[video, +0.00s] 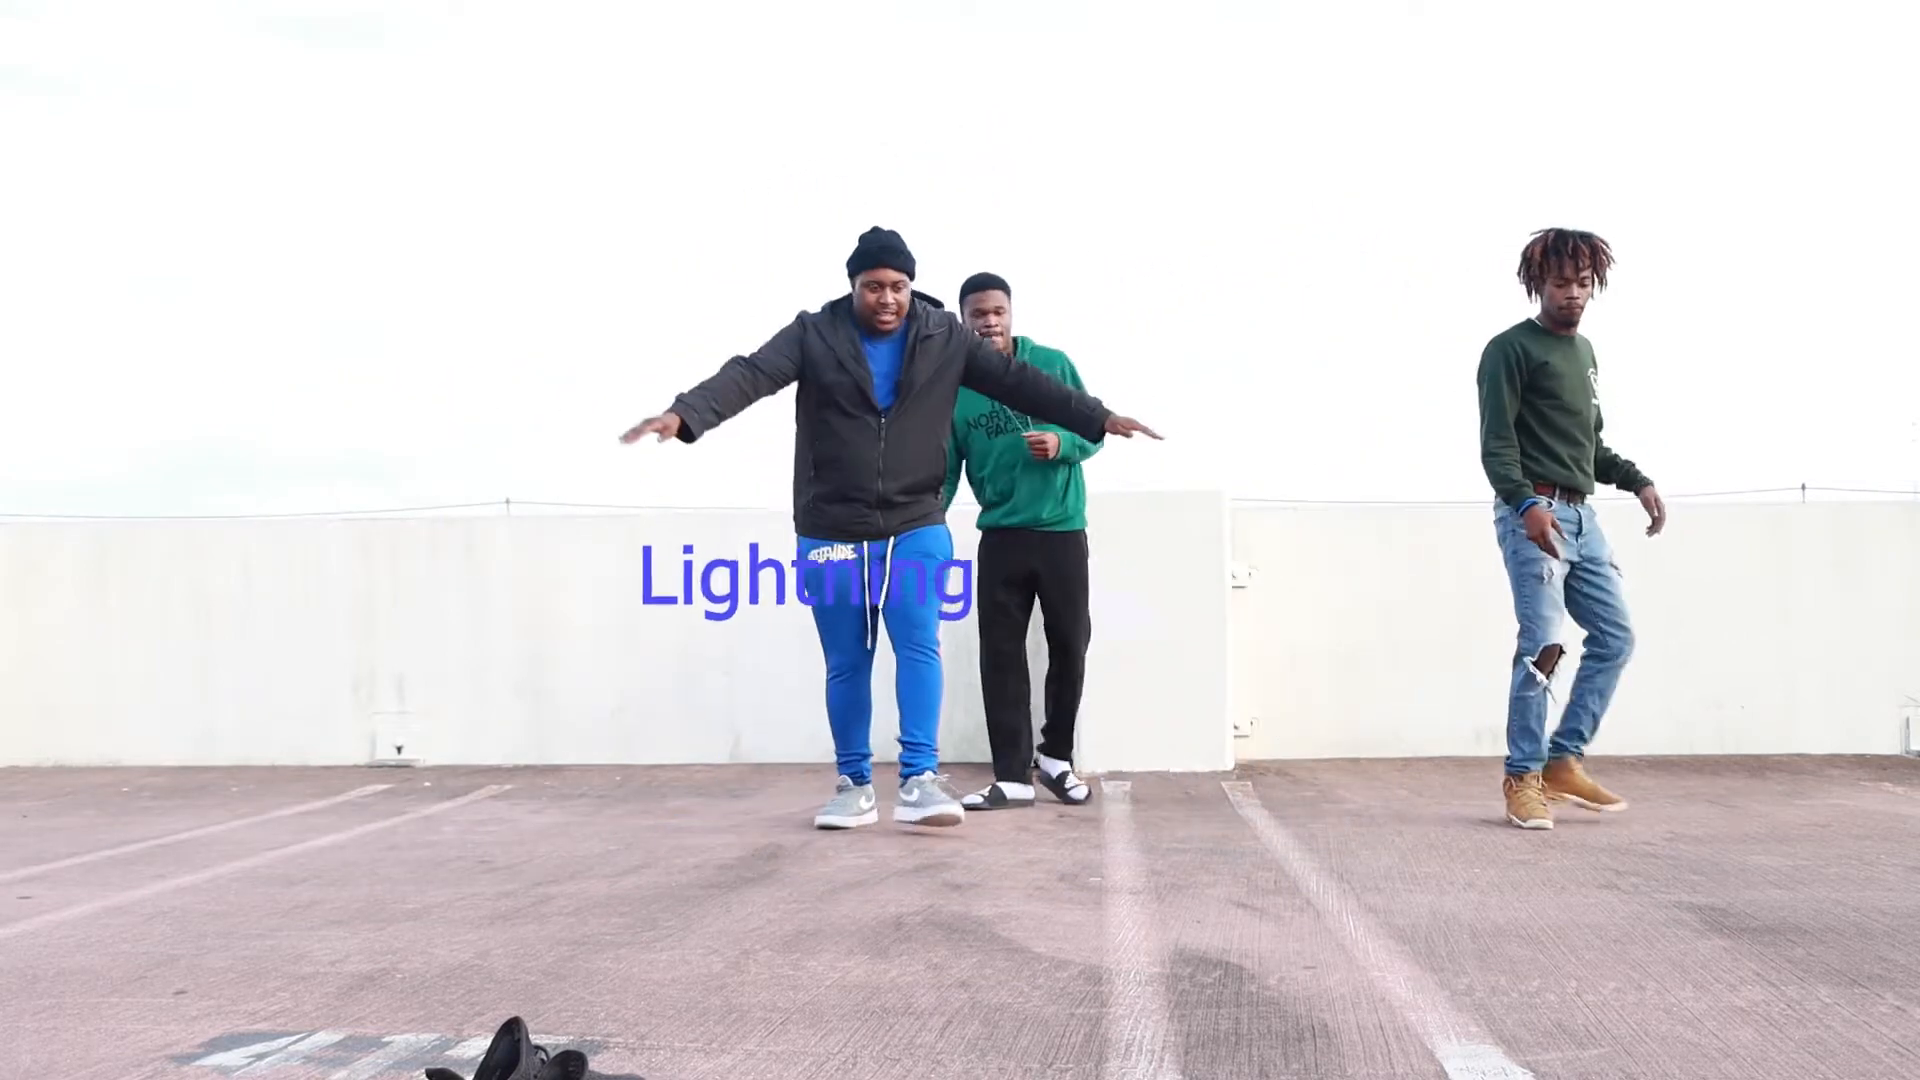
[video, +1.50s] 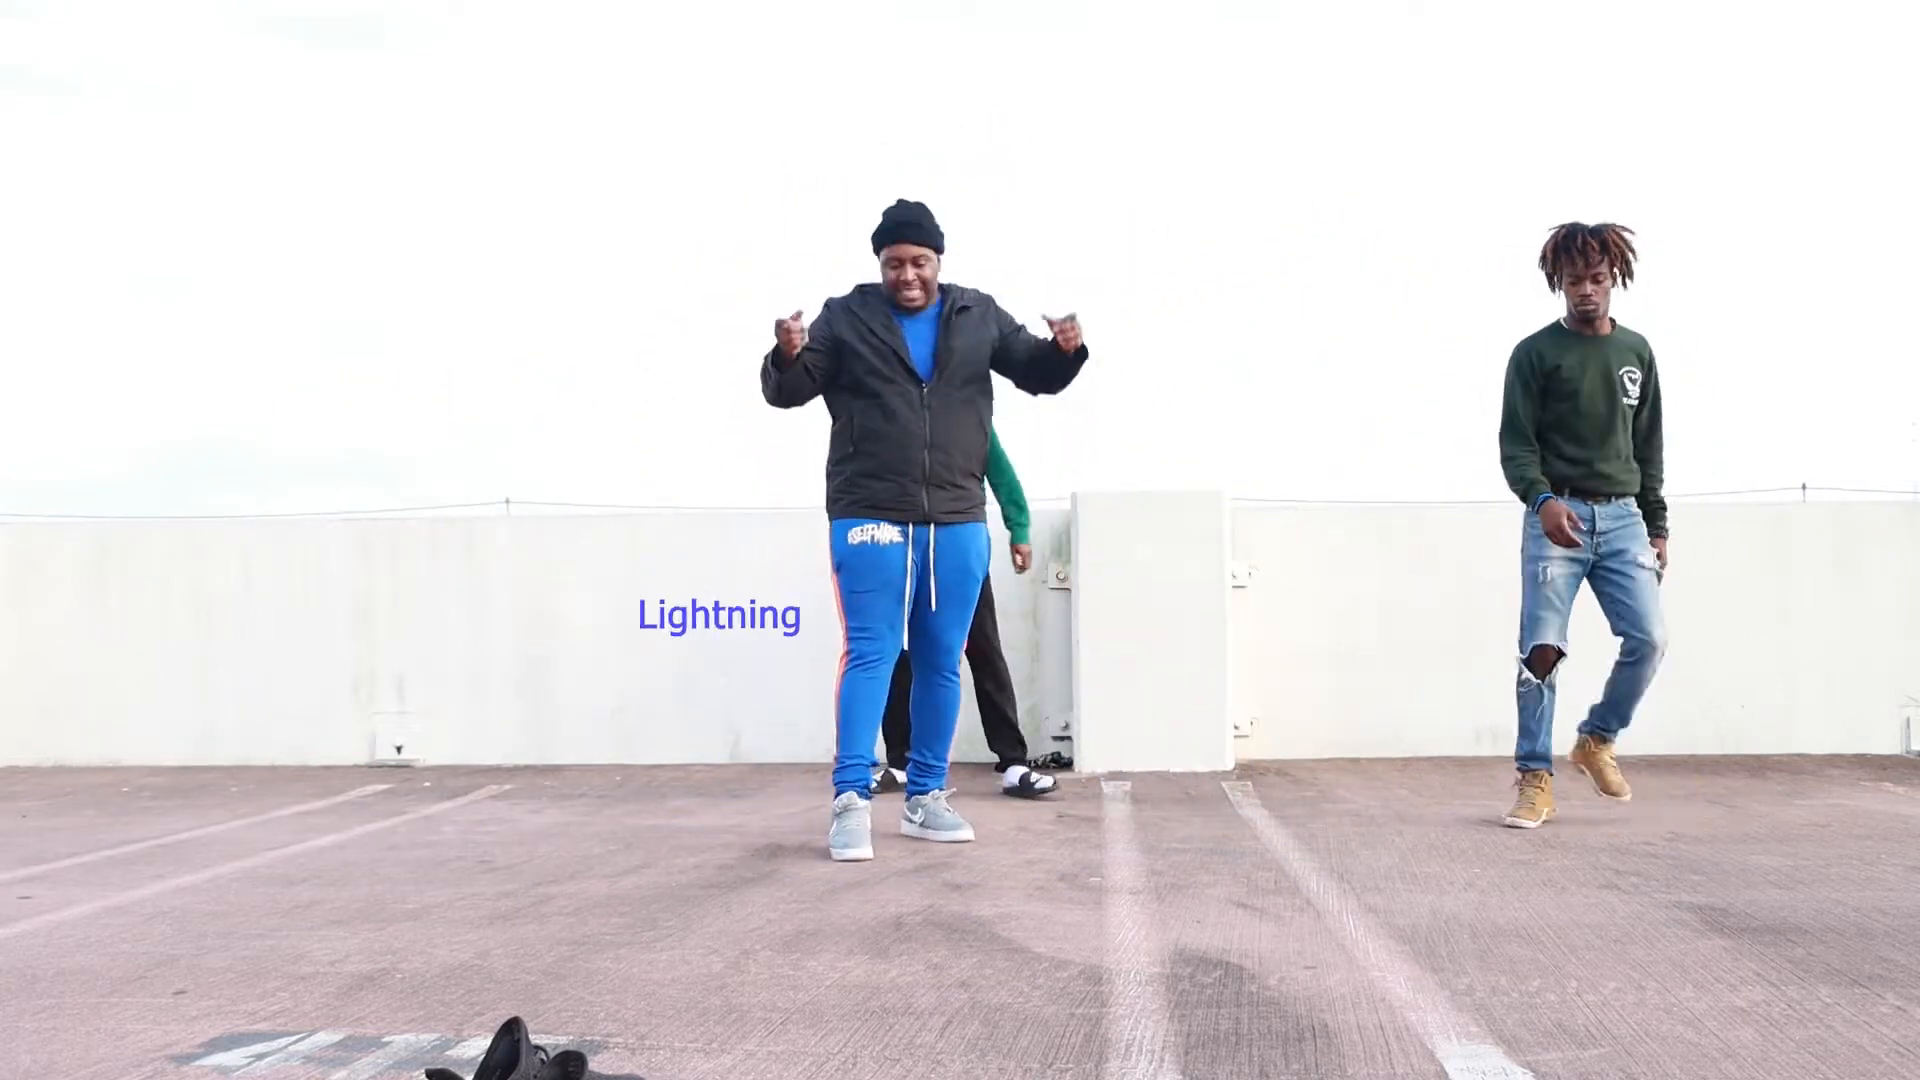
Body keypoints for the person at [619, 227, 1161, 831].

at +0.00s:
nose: (884, 299)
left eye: (895, 288)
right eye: (873, 288)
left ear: (911, 285)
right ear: (852, 285)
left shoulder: (944, 335)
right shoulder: (814, 335)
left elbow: (1017, 378)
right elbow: (751, 374)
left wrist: (1095, 415)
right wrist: (689, 413)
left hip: (914, 524)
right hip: (831, 528)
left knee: (917, 642)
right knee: (846, 659)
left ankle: (919, 782)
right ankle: (853, 785)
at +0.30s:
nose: (912, 283)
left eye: (923, 273)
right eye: (900, 272)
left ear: (936, 279)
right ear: (877, 274)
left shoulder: (966, 332)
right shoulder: (836, 325)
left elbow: (1043, 354)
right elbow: (763, 346)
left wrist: (1131, 370)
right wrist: (686, 360)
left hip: (933, 522)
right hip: (846, 521)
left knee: (923, 652)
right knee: (855, 661)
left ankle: (923, 796)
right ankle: (853, 784)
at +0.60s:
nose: (925, 259)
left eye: (936, 252)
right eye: (914, 249)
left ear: (949, 263)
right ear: (889, 255)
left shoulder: (977, 316)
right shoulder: (845, 307)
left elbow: (1054, 330)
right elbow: (776, 325)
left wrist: (1138, 337)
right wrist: (707, 327)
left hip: (943, 506)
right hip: (854, 500)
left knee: (930, 652)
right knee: (851, 639)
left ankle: (925, 795)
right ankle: (852, 776)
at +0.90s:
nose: (902, 249)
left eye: (911, 241)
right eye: (888, 241)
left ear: (924, 256)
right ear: (862, 257)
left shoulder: (963, 314)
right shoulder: (828, 312)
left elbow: (1034, 326)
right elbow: (752, 347)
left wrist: (1102, 289)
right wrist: (745, 290)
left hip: (942, 510)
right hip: (854, 509)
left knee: (934, 662)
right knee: (861, 656)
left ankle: (924, 799)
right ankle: (851, 805)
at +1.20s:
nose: (902, 237)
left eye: (907, 229)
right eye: (886, 229)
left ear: (916, 246)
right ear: (855, 250)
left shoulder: (955, 302)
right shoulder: (828, 306)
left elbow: (1041, 296)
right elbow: (758, 337)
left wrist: (1112, 248)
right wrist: (761, 260)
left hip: (946, 508)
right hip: (858, 507)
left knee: (935, 662)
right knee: (867, 657)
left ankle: (927, 796)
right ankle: (852, 804)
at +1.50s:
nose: (907, 274)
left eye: (919, 262)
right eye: (894, 263)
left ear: (940, 260)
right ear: (878, 263)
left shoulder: (977, 315)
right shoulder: (846, 317)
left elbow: (1040, 375)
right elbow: (786, 393)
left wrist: (1067, 351)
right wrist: (787, 356)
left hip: (956, 510)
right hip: (869, 509)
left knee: (942, 661)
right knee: (871, 653)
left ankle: (926, 797)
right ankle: (853, 799)